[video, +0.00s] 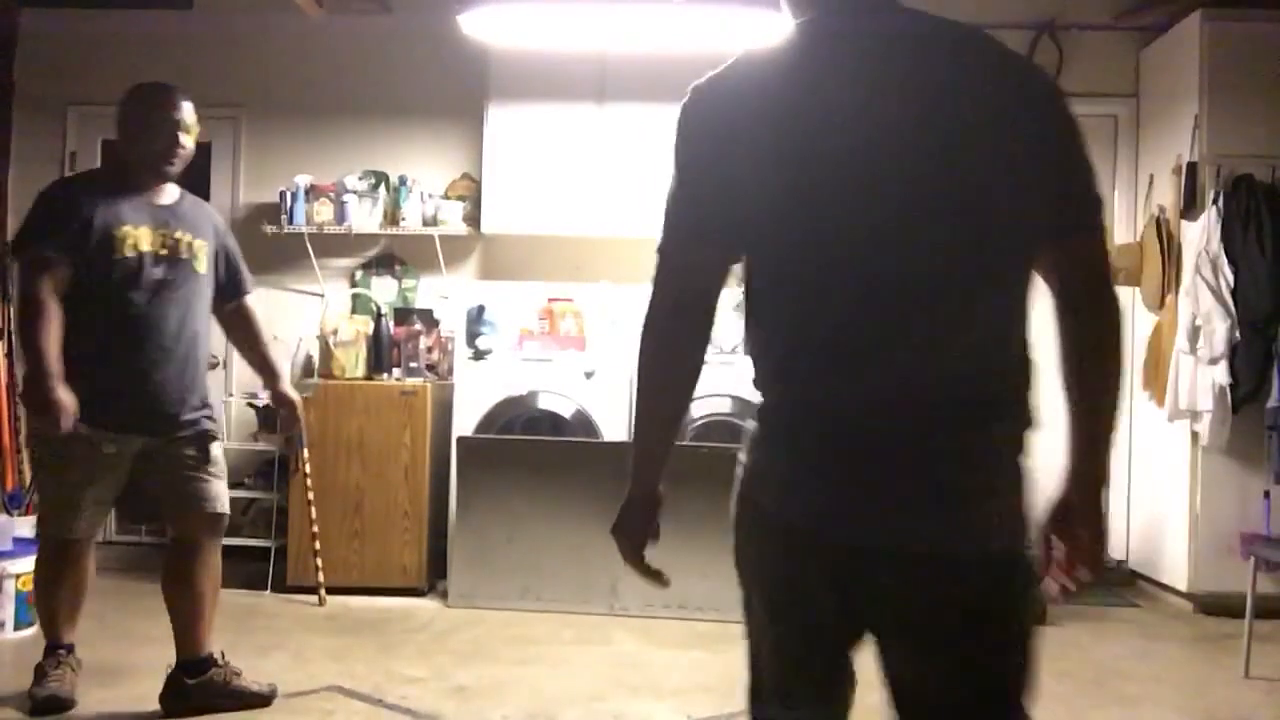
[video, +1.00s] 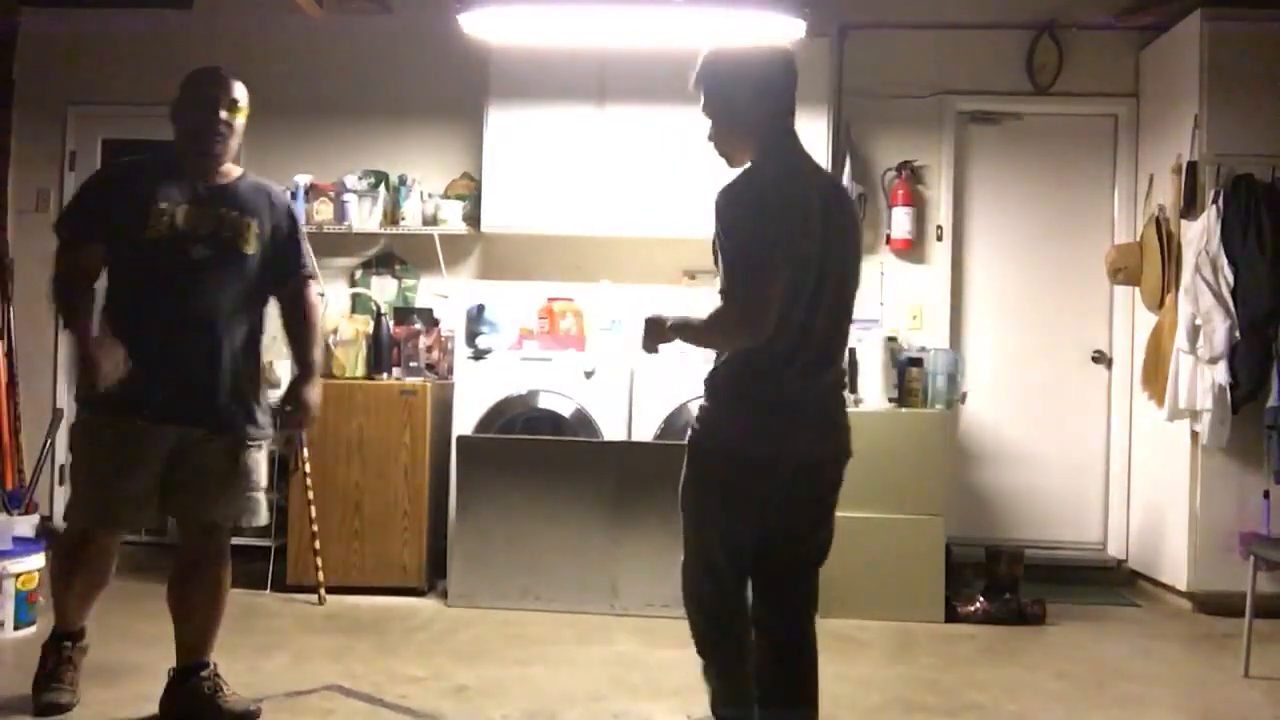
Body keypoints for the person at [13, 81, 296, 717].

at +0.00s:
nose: (183, 143)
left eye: (191, 133)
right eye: (170, 128)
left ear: (197, 143)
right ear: (128, 129)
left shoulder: (204, 219)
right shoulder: (72, 200)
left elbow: (235, 307)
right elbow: (41, 288)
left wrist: (277, 381)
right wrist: (47, 378)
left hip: (185, 412)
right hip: (87, 410)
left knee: (203, 522)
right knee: (68, 536)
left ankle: (196, 669)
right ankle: (58, 657)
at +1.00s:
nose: (220, 119)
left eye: (232, 111)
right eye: (207, 107)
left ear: (246, 124)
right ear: (178, 114)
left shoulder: (270, 207)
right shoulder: (126, 181)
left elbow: (302, 294)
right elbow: (75, 266)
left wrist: (311, 375)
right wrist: (88, 344)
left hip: (226, 407)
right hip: (127, 394)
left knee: (210, 543)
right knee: (91, 529)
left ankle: (193, 679)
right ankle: (66, 645)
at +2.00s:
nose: (424, 146)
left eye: (428, 133)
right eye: (419, 129)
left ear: (364, 117)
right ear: (379, 116)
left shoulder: (316, 169)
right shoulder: (355, 181)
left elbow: (324, 290)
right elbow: (357, 288)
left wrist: (396, 325)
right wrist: (449, 297)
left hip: (267, 384)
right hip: (315, 395)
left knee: (282, 526)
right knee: (336, 544)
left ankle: (209, 660)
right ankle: (319, 704)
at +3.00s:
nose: (540, 178)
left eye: (544, 167)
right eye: (542, 166)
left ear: (478, 139)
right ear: (529, 157)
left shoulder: (396, 183)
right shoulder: (525, 220)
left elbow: (352, 264)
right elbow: (602, 314)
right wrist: (603, 367)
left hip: (333, 393)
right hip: (430, 404)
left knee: (345, 550)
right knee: (484, 557)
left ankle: (305, 694)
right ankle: (474, 711)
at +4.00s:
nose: (498, 148)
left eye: (499, 134)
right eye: (492, 133)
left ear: (430, 126)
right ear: (462, 128)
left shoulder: (382, 187)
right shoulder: (459, 192)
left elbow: (433, 252)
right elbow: (517, 273)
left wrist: (500, 224)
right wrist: (581, 277)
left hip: (354, 401)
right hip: (433, 404)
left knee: (348, 555)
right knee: (494, 555)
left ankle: (302, 699)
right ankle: (527, 705)